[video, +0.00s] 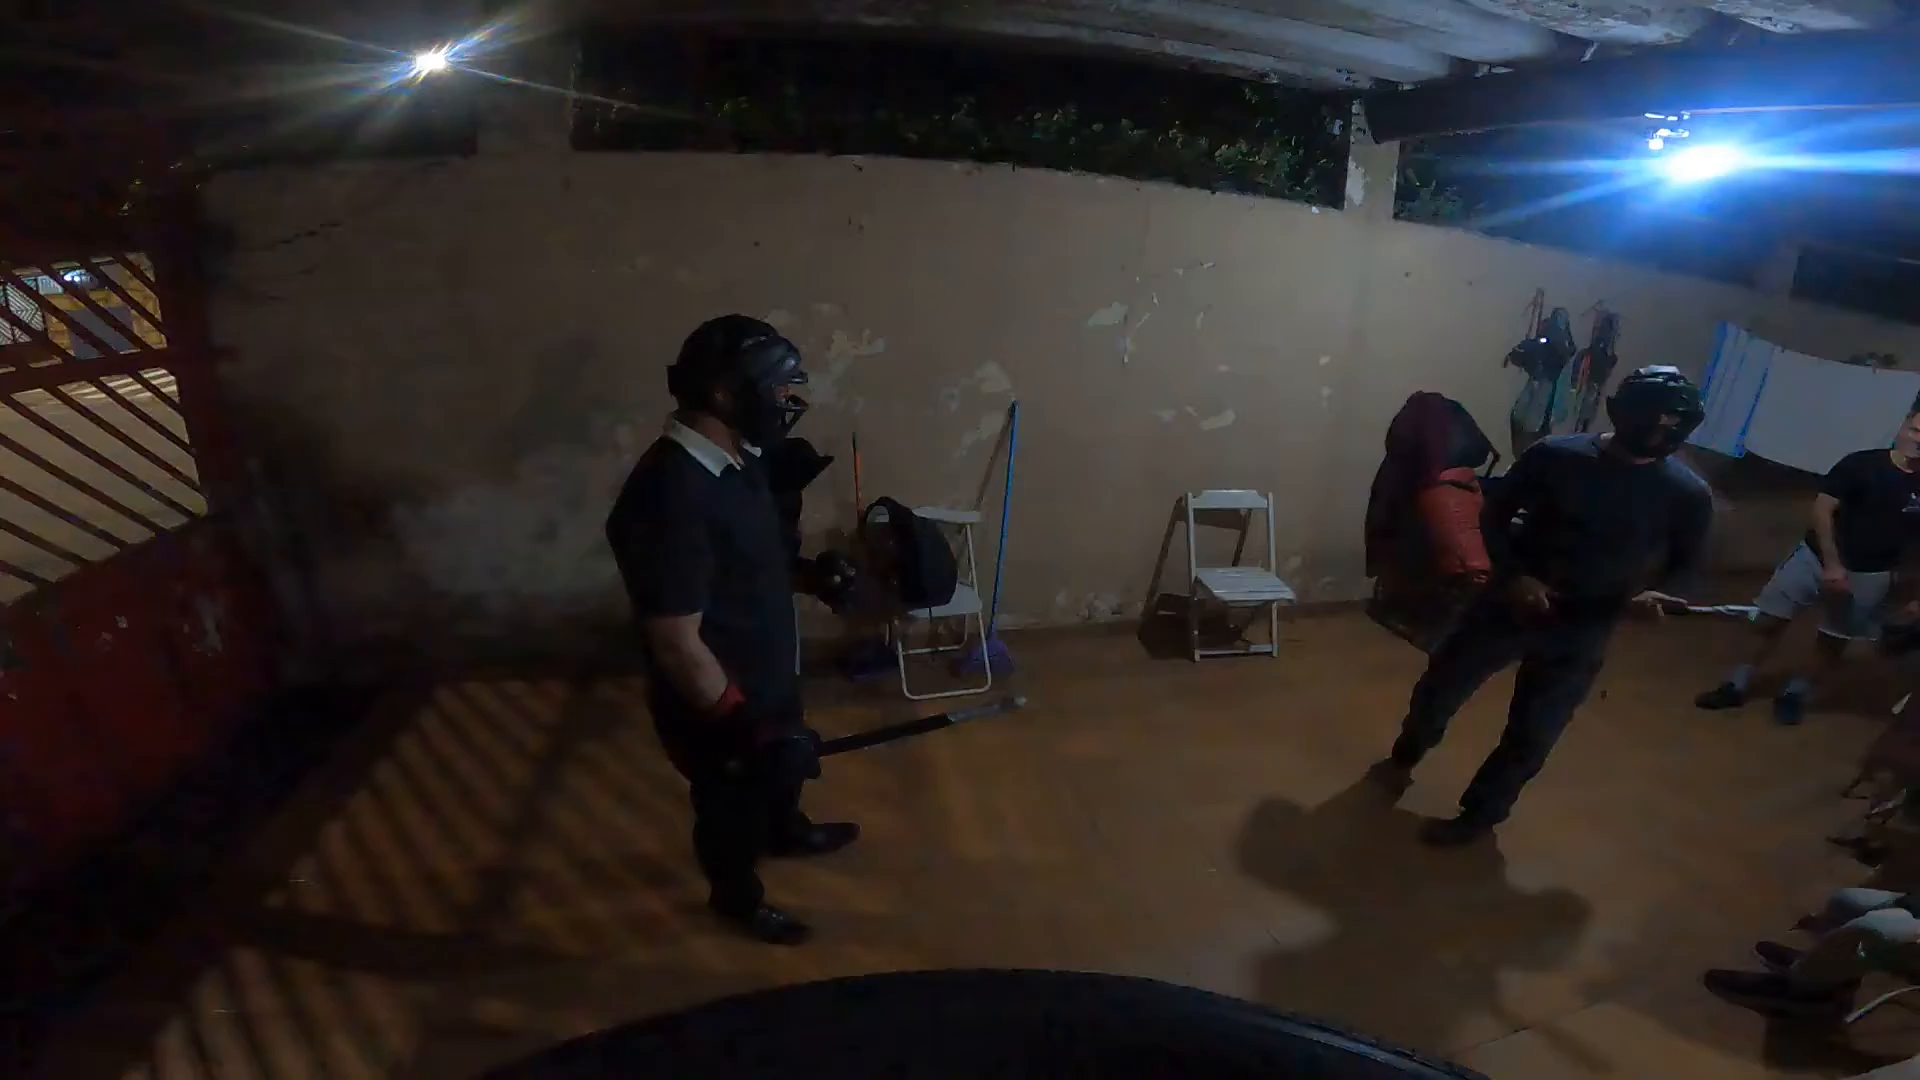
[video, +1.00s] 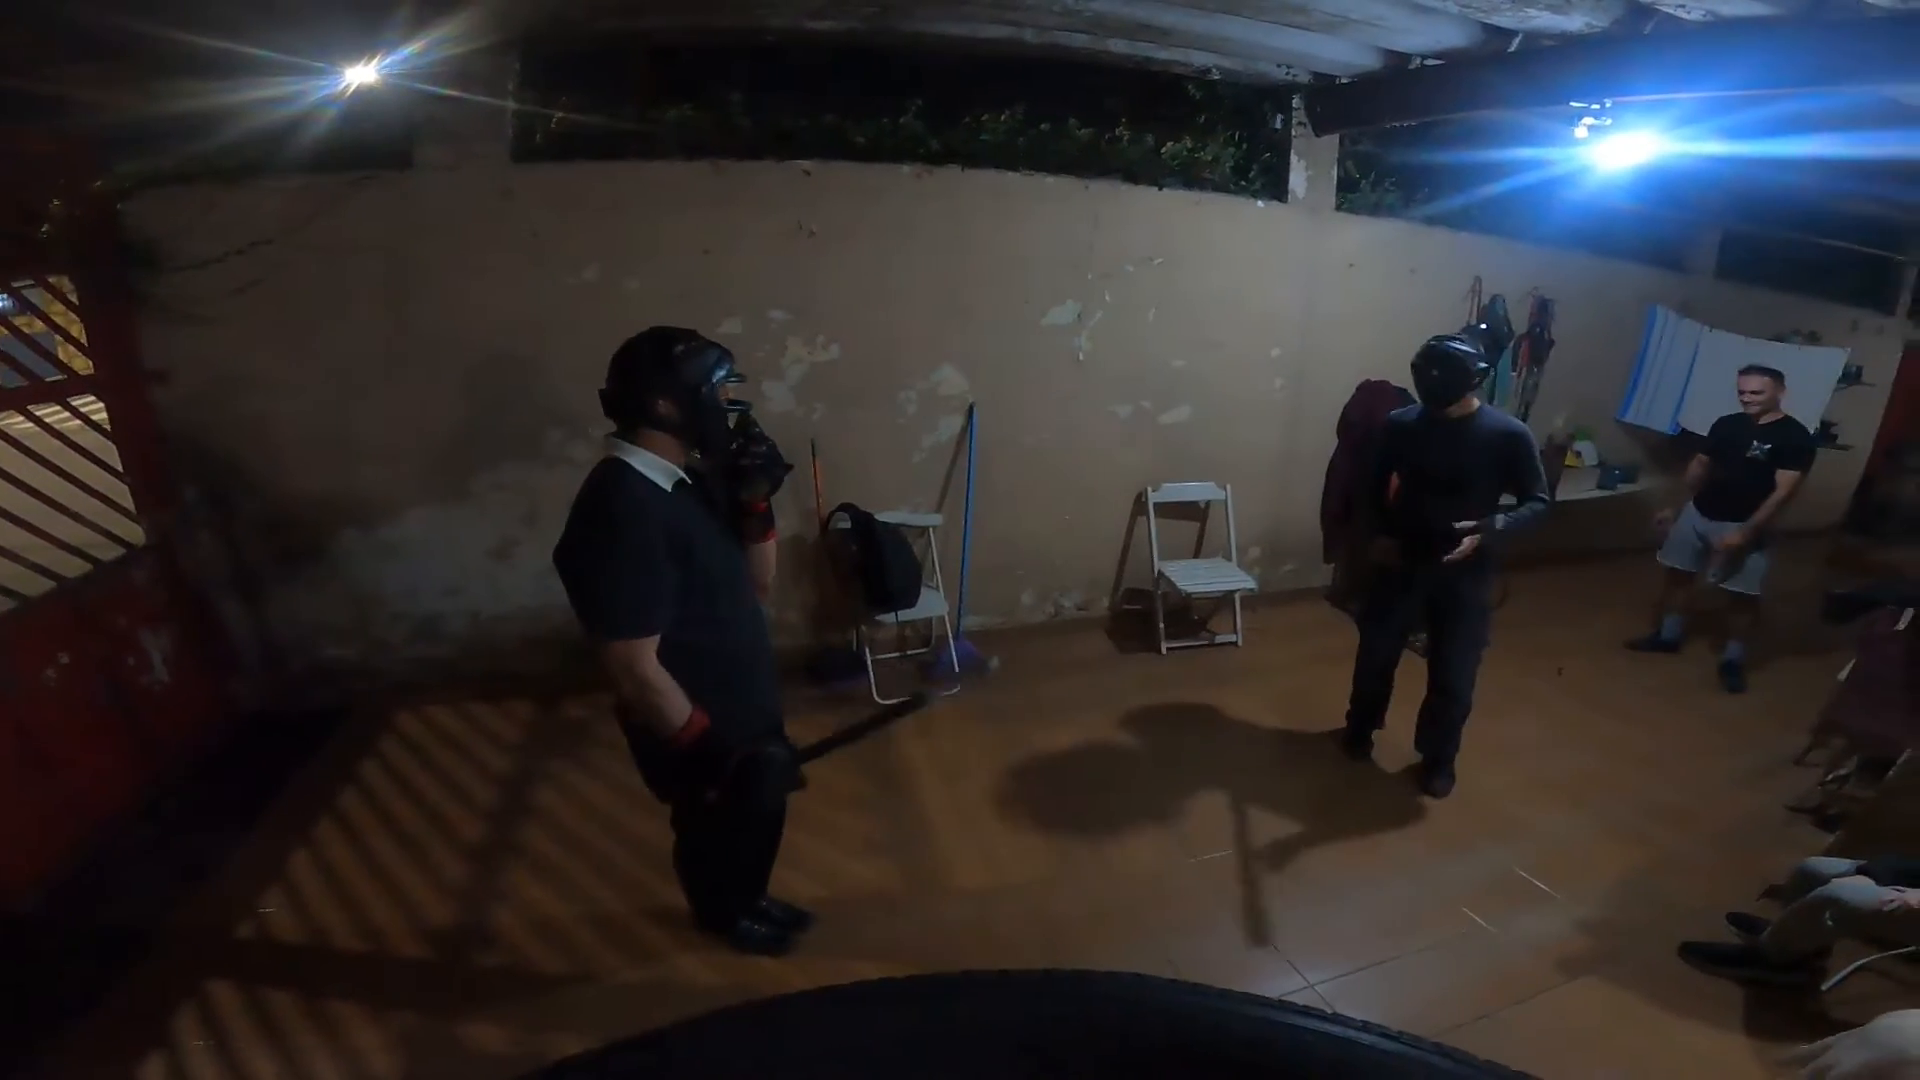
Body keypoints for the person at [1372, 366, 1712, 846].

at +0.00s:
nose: (1663, 425)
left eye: (1675, 417)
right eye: (1653, 412)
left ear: (1683, 428)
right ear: (1622, 409)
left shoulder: (1688, 498)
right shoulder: (1554, 457)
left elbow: (1689, 575)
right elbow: (1493, 512)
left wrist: (1664, 598)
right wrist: (1512, 574)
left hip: (1582, 633)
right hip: (1512, 605)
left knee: (1530, 739)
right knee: (1439, 686)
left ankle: (1476, 820)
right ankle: (1409, 750)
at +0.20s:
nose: (1662, 423)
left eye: (1672, 414)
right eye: (1650, 409)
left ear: (1679, 422)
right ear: (1617, 408)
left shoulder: (1672, 487)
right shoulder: (1544, 455)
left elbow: (1663, 562)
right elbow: (1484, 520)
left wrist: (1663, 589)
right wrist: (1521, 581)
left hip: (1579, 629)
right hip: (1507, 607)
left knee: (1534, 736)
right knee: (1444, 692)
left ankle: (1486, 820)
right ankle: (1398, 761)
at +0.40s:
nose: (1617, 416)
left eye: (1623, 406)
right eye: (1607, 404)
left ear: (1625, 412)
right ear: (1573, 403)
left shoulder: (1626, 479)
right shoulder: (1504, 452)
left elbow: (1624, 546)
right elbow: (1452, 516)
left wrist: (1623, 575)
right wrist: (1492, 571)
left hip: (1550, 622)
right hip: (1479, 604)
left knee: (1520, 729)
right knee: (1428, 683)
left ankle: (1484, 814)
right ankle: (1393, 749)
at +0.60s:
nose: (1527, 424)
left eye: (1539, 411)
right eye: (1522, 407)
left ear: (1555, 410)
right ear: (1503, 398)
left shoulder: (1570, 462)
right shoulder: (1455, 442)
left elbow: (1586, 525)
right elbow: (1411, 508)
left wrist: (1567, 553)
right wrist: (1435, 555)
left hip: (1510, 596)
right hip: (1442, 585)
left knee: (1490, 705)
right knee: (1407, 670)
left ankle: (1469, 802)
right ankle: (1383, 743)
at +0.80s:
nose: (1485, 387)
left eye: (1497, 377)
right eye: (1476, 375)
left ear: (1514, 385)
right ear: (1457, 379)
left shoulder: (1540, 449)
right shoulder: (1425, 435)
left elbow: (1560, 518)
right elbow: (1386, 498)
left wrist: (1523, 542)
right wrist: (1404, 546)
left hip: (1488, 580)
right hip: (1423, 569)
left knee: (1472, 697)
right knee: (1391, 659)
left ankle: (1447, 791)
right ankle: (1373, 737)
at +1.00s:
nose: (1434, 405)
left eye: (1442, 396)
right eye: (1430, 396)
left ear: (1467, 389)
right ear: (1423, 390)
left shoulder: (1508, 436)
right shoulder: (1402, 427)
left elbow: (1539, 503)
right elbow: (1373, 488)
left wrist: (1489, 531)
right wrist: (1379, 536)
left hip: (1465, 572)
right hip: (1402, 562)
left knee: (1454, 676)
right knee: (1375, 652)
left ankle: (1439, 761)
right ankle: (1360, 728)